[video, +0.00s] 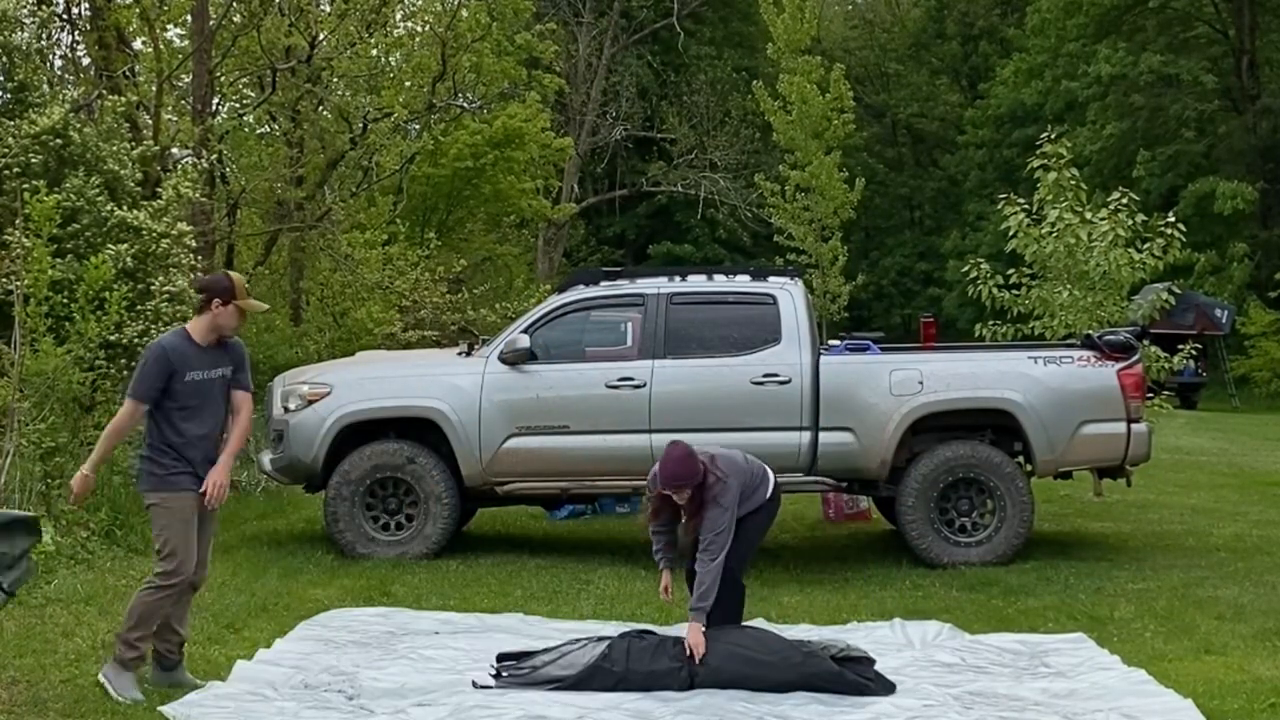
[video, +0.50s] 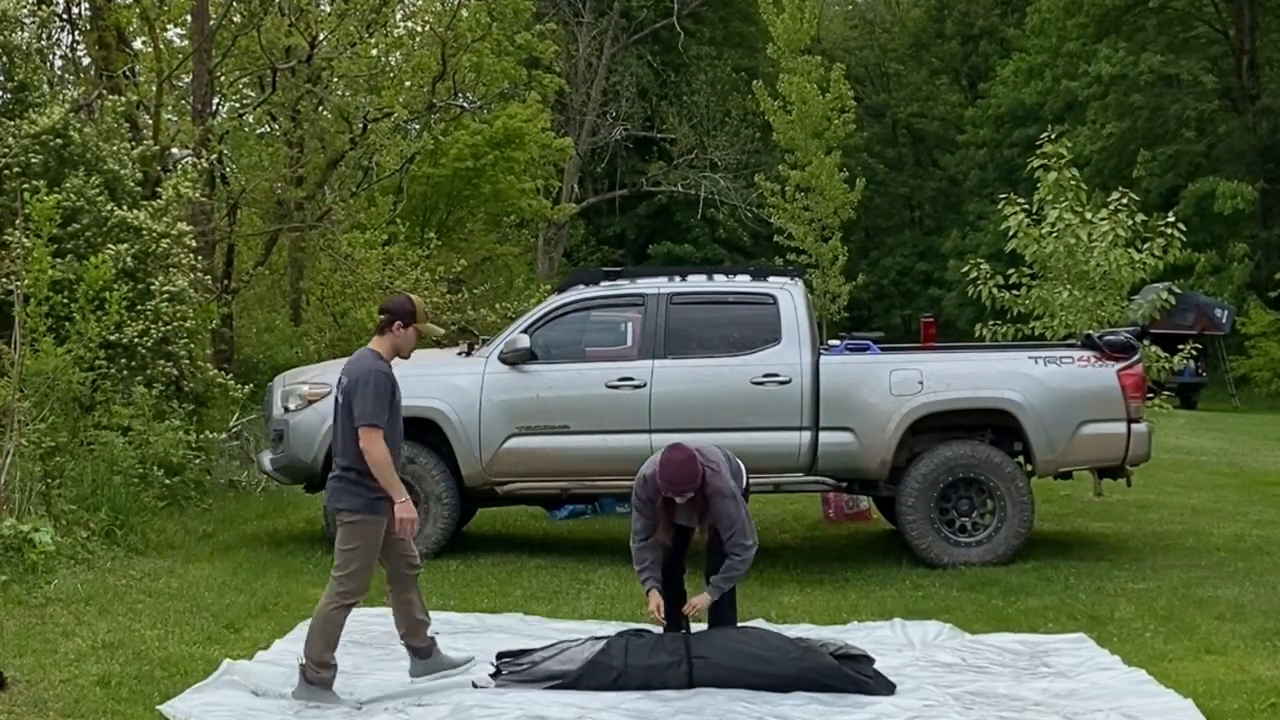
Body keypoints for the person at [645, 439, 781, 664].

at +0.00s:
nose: (679, 497)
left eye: (684, 490)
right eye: (673, 491)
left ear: (696, 481)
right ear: (662, 484)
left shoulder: (722, 483)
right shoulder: (658, 480)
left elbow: (712, 553)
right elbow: (661, 523)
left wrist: (696, 621)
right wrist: (665, 567)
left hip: (759, 497)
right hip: (712, 502)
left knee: (728, 570)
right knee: (695, 572)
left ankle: (725, 642)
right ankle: (712, 642)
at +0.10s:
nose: (675, 522)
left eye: (680, 516)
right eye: (669, 517)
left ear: (692, 505)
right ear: (656, 507)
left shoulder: (716, 501)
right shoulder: (652, 498)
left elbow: (712, 572)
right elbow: (657, 533)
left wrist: (703, 645)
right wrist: (663, 576)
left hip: (758, 494)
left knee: (728, 576)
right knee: (697, 575)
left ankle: (727, 647)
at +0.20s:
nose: (678, 512)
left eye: (684, 506)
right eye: (672, 507)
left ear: (696, 495)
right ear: (660, 495)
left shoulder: (721, 489)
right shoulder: (651, 488)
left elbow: (719, 563)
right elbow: (652, 531)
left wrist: (705, 632)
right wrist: (661, 571)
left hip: (751, 492)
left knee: (725, 571)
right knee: (683, 567)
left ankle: (726, 644)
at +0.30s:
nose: (680, 515)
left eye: (686, 510)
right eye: (674, 510)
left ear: (700, 497)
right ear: (662, 495)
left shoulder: (721, 492)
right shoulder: (650, 491)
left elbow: (721, 566)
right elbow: (645, 545)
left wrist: (708, 635)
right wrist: (653, 590)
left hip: (739, 498)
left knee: (726, 571)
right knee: (673, 572)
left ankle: (725, 646)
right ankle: (676, 645)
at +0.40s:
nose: (680, 514)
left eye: (687, 508)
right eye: (674, 508)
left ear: (700, 494)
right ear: (662, 493)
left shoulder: (720, 491)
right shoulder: (647, 488)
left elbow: (723, 559)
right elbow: (642, 542)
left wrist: (708, 623)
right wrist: (651, 586)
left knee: (723, 566)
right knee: (667, 571)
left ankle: (723, 641)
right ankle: (675, 642)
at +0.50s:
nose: (679, 499)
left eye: (685, 494)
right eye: (673, 494)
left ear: (698, 482)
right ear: (661, 482)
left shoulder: (719, 483)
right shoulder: (646, 480)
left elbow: (744, 546)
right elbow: (641, 540)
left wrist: (710, 595)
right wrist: (652, 589)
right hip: (674, 505)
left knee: (717, 571)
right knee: (669, 570)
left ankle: (723, 644)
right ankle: (675, 643)